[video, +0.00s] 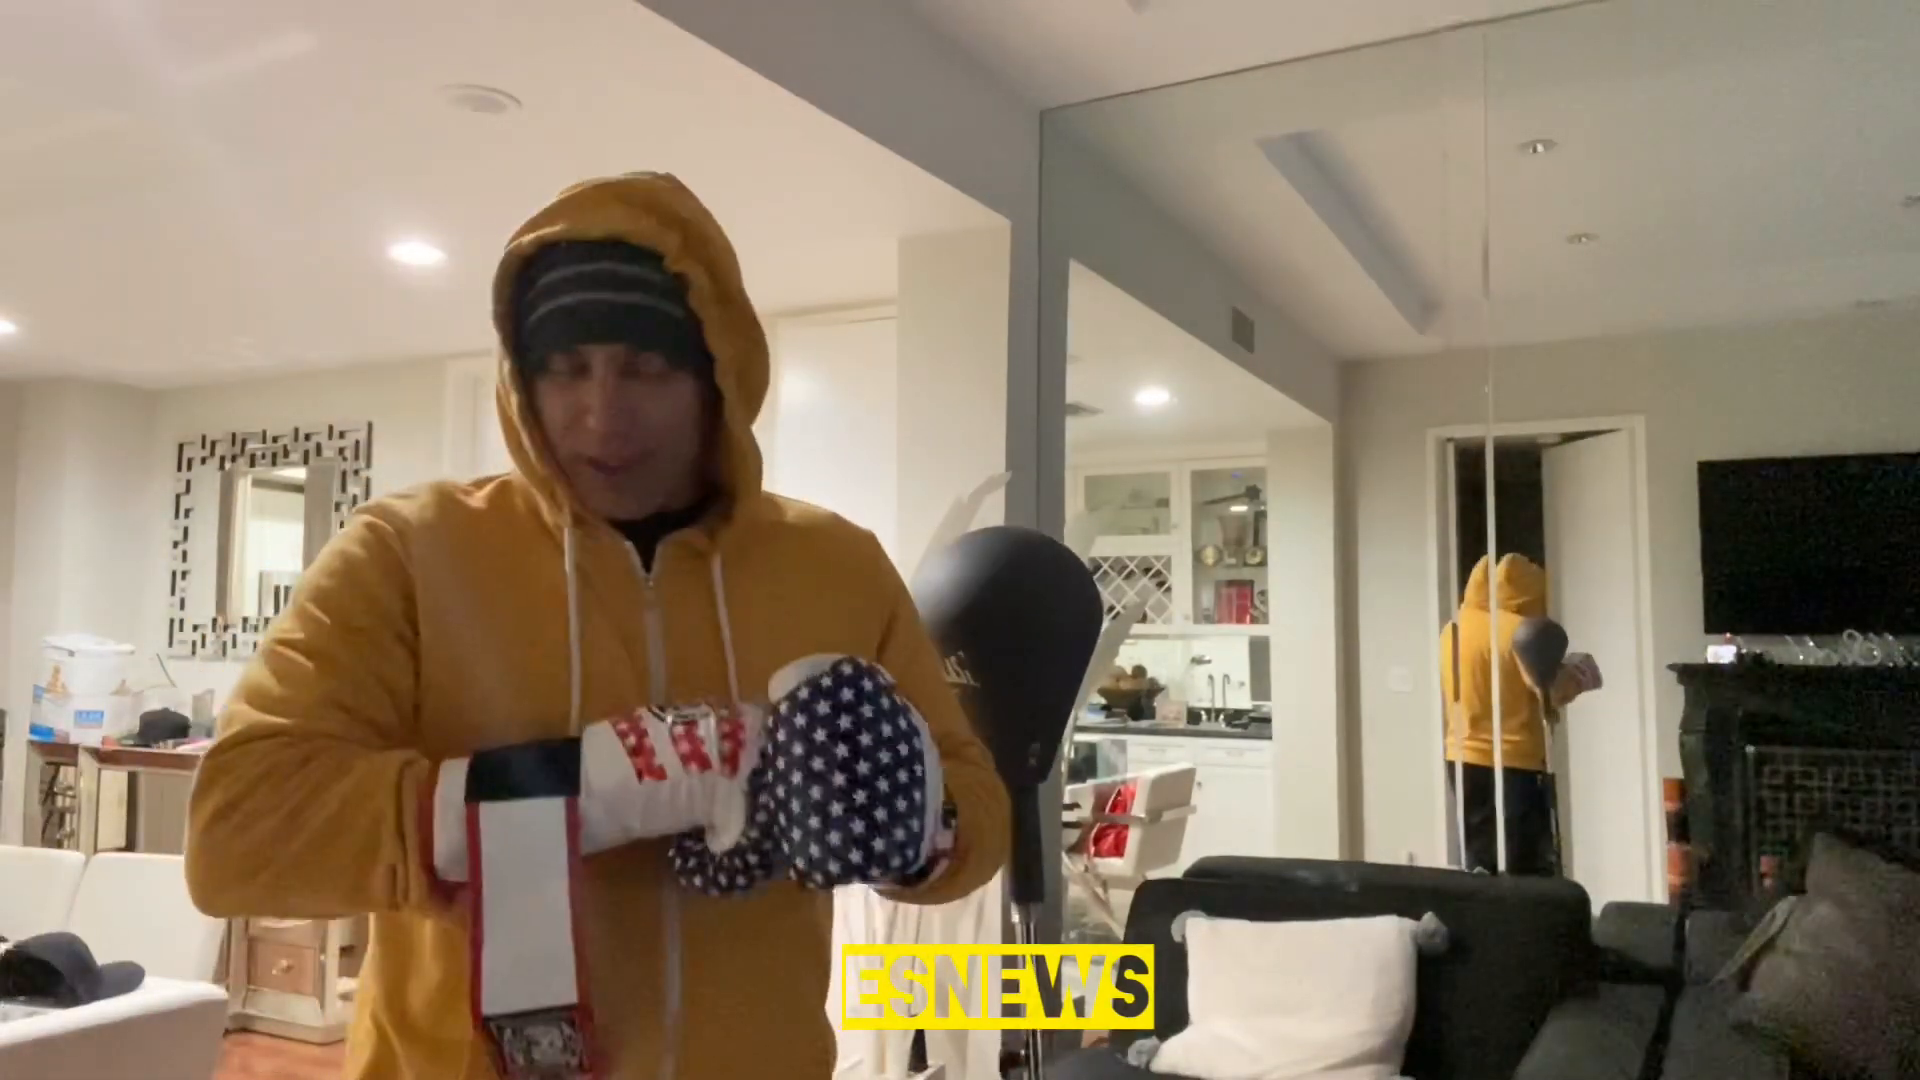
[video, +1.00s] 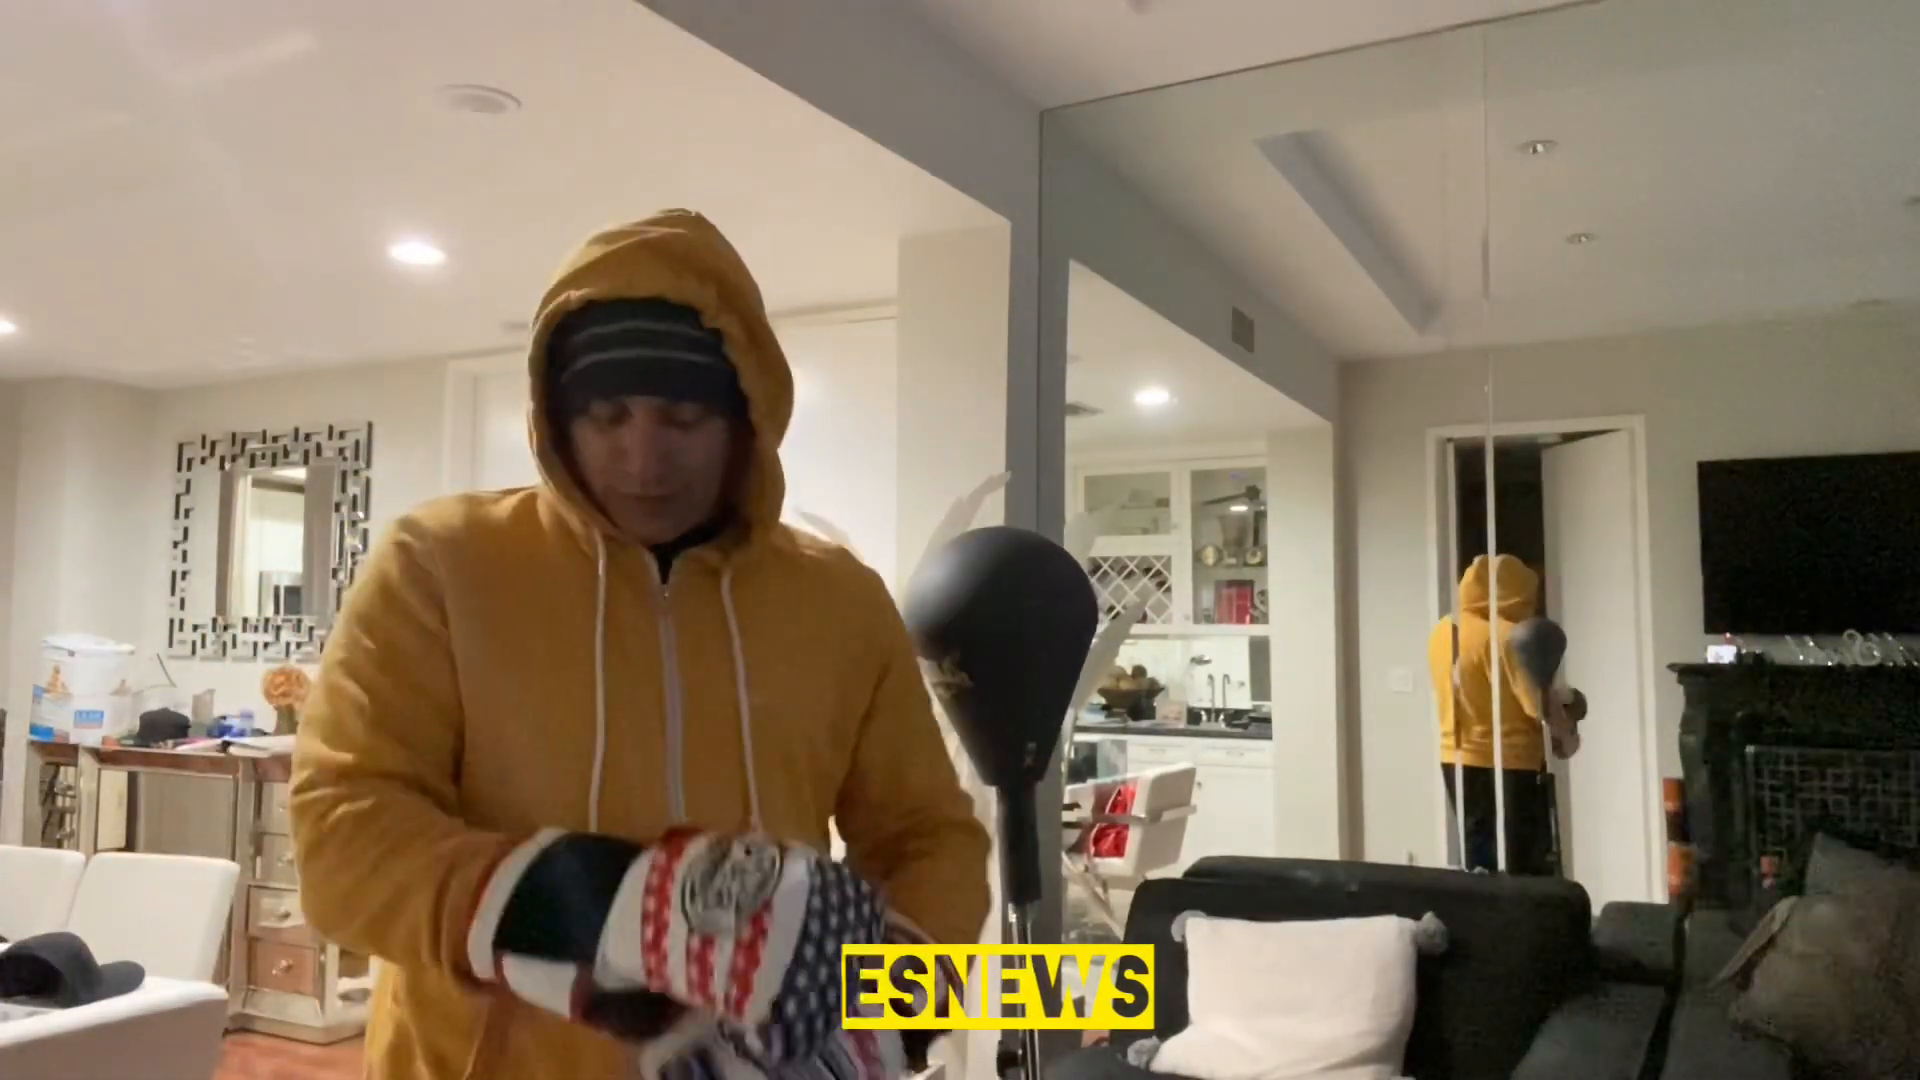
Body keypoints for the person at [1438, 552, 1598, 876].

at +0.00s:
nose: (1542, 600)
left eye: (1541, 593)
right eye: (1539, 591)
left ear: (1481, 585)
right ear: (1527, 591)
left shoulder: (1453, 631)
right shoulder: (1523, 631)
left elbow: (1453, 692)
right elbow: (1552, 693)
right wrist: (1577, 677)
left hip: (1465, 762)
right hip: (1518, 765)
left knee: (1477, 851)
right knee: (1527, 854)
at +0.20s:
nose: (1530, 593)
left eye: (1530, 586)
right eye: (1527, 586)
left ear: (1471, 585)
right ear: (1516, 587)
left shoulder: (1451, 632)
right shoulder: (1521, 633)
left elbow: (1456, 694)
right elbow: (1566, 691)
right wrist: (1591, 678)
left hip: (1464, 763)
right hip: (1518, 766)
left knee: (1478, 859)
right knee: (1529, 862)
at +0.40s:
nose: (1529, 592)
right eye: (1525, 585)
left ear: (1466, 587)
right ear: (1515, 587)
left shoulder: (1449, 633)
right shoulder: (1521, 634)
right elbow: (1597, 692)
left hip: (1461, 764)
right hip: (1516, 767)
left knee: (1477, 863)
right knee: (1529, 868)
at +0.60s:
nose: (1527, 591)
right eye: (1523, 585)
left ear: (1467, 587)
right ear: (1513, 588)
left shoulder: (1445, 633)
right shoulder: (1521, 635)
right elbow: (1583, 688)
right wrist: (1550, 705)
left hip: (1461, 763)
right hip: (1517, 766)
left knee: (1476, 859)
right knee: (1527, 863)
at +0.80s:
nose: (1530, 596)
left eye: (1527, 589)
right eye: (1526, 589)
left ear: (1468, 588)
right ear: (1515, 590)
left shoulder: (1444, 633)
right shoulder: (1521, 636)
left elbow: (1458, 690)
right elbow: (1572, 696)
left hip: (1459, 764)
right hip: (1517, 766)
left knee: (1477, 857)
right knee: (1531, 859)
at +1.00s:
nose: (1528, 600)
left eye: (1528, 593)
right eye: (1525, 592)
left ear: (1471, 588)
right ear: (1514, 592)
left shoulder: (1442, 632)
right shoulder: (1509, 636)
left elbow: (1451, 695)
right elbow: (1538, 704)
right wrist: (1565, 725)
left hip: (1459, 766)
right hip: (1513, 768)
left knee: (1478, 857)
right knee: (1526, 860)